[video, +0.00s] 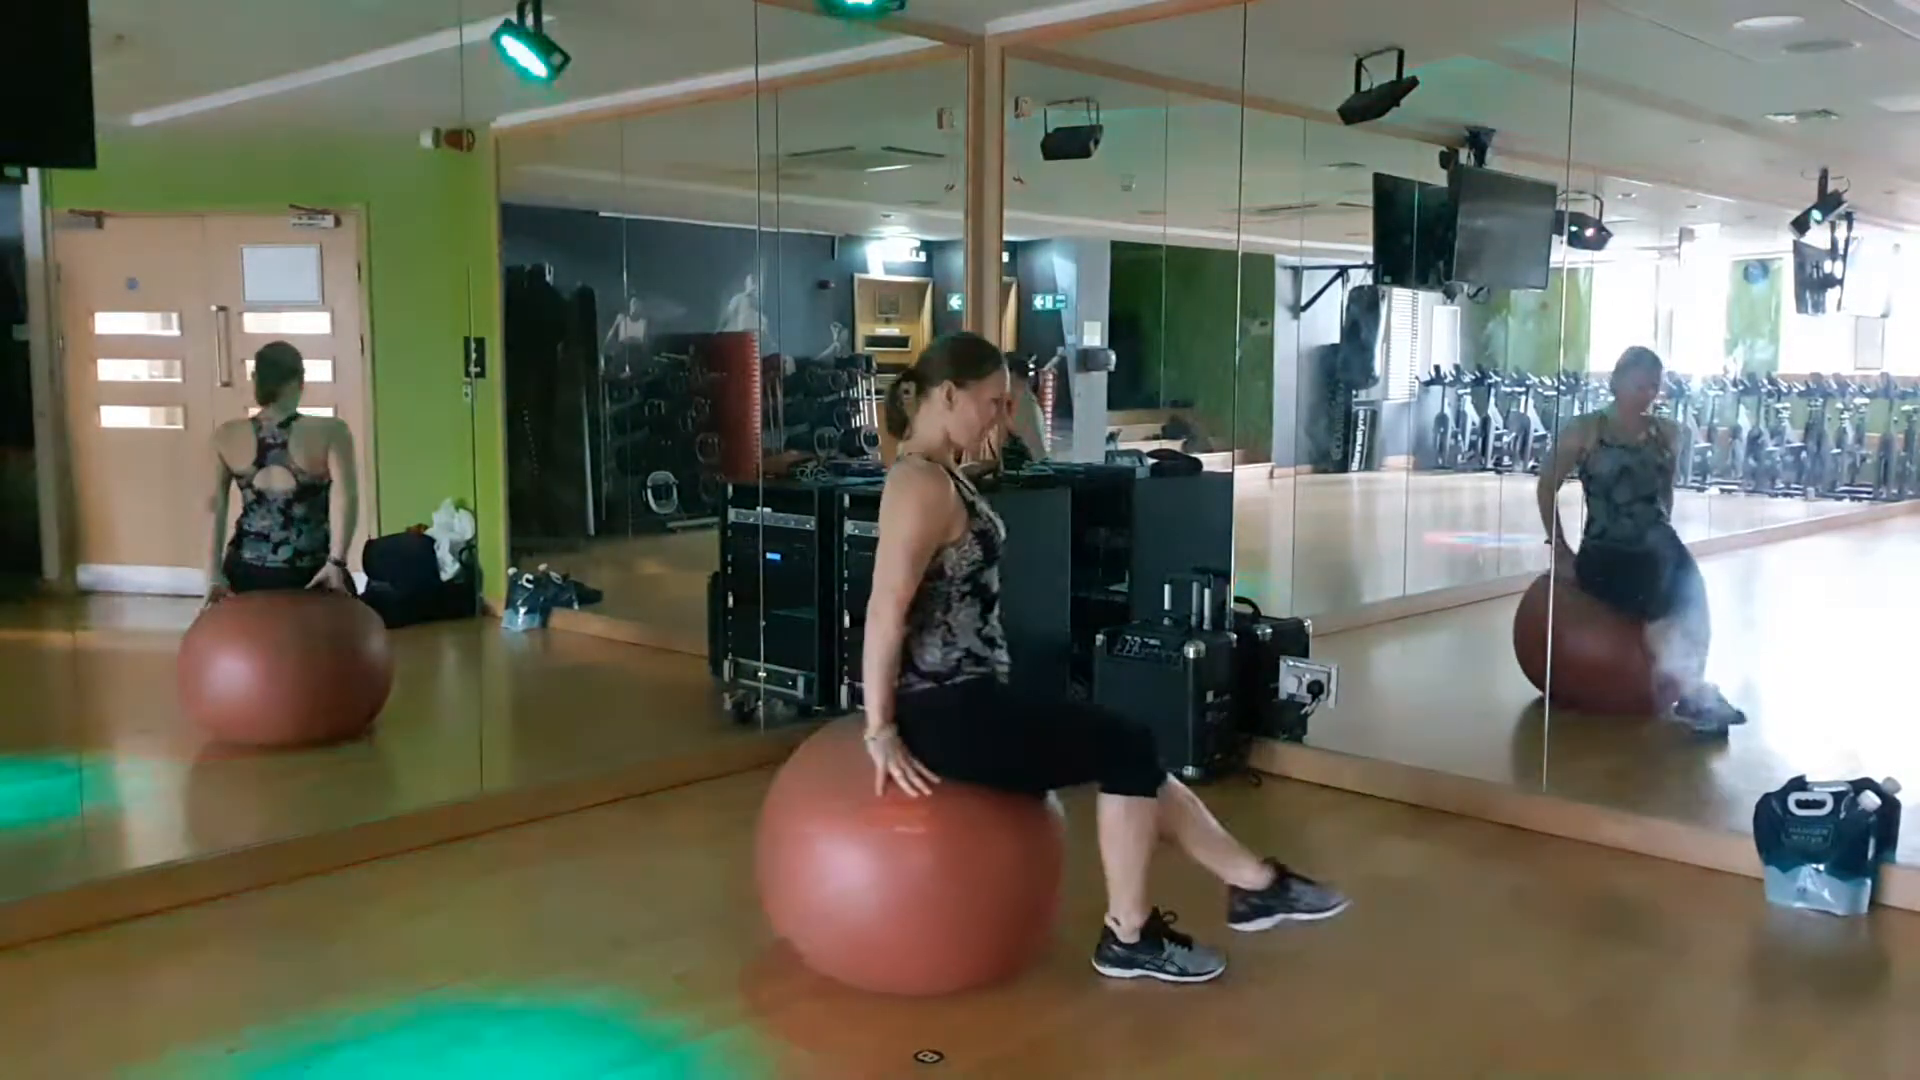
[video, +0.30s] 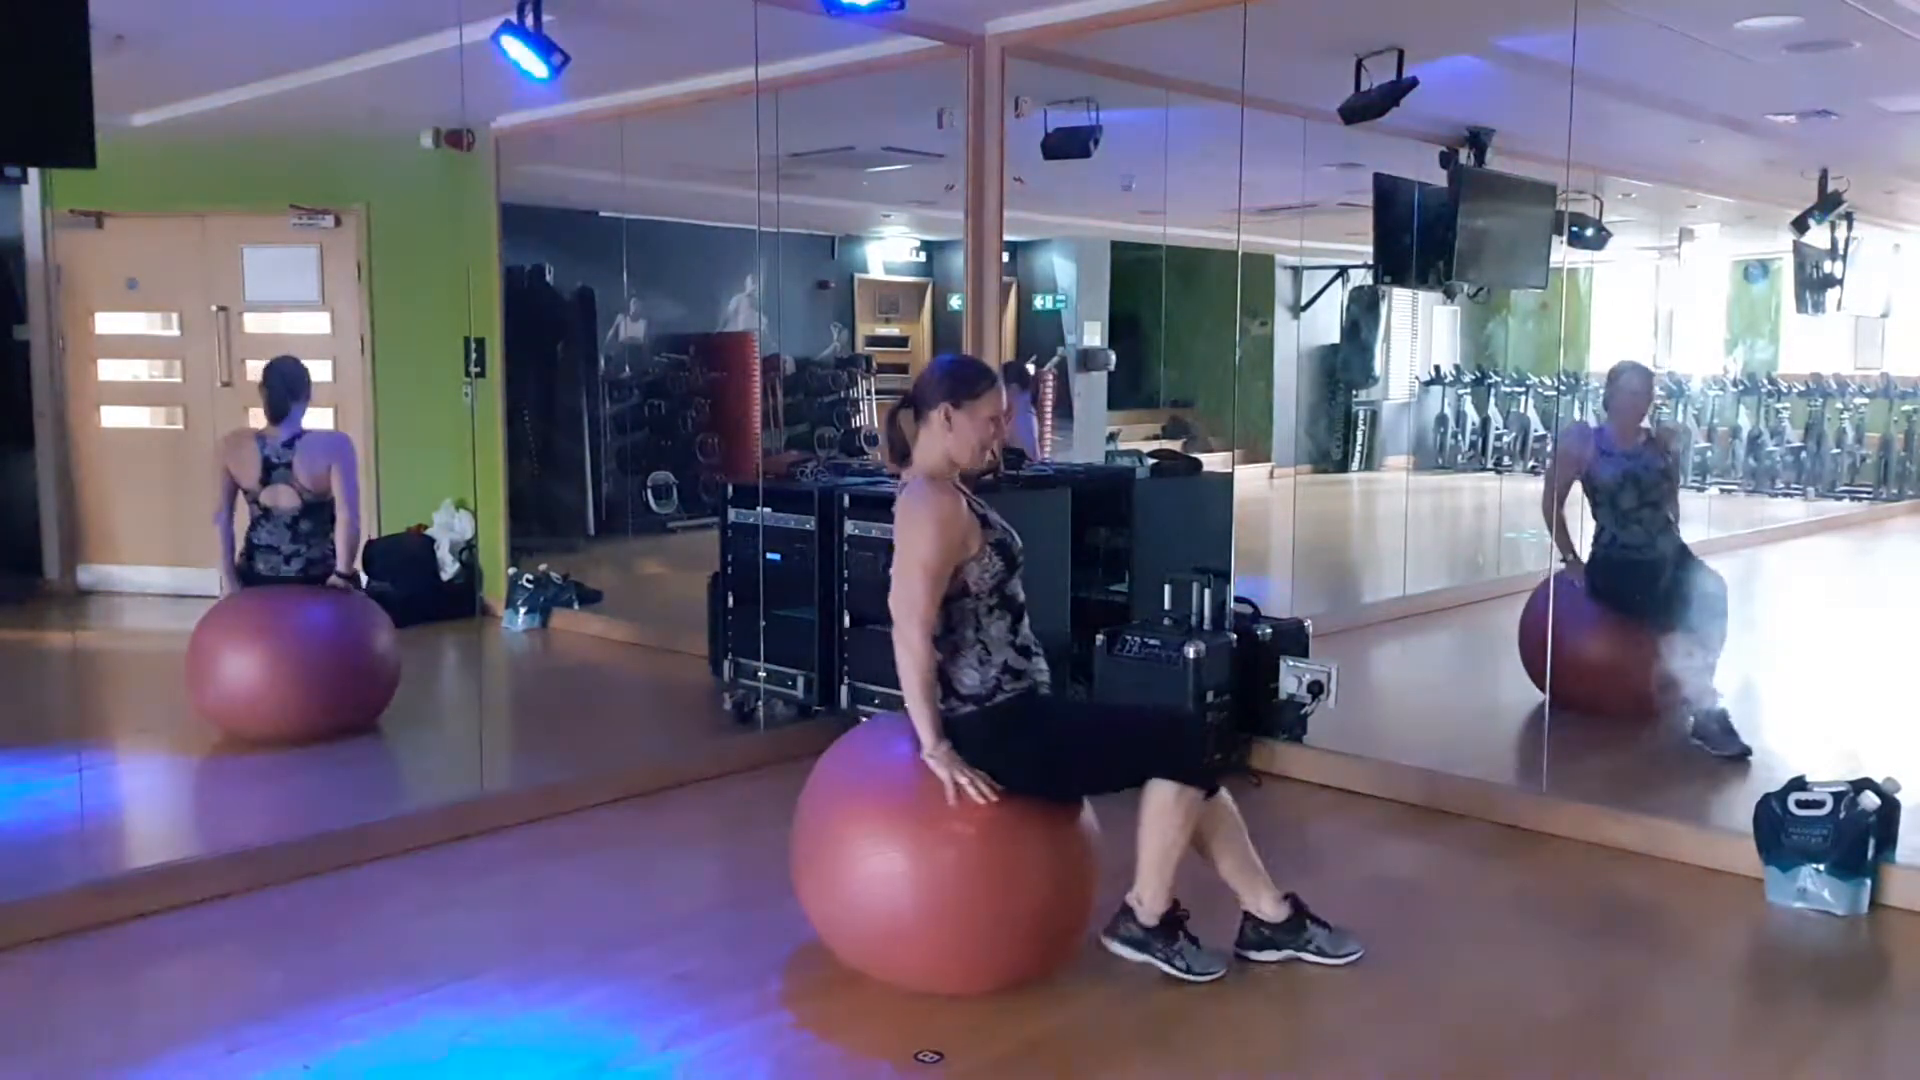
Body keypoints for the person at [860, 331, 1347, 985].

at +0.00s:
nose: (997, 426)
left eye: (1003, 412)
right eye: (994, 407)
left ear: (945, 398)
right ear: (950, 394)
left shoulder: (939, 479)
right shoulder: (919, 484)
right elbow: (887, 605)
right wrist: (880, 727)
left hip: (972, 701)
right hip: (944, 713)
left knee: (1129, 750)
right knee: (1122, 749)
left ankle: (1255, 882)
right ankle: (1129, 934)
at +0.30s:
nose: (999, 437)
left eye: (1000, 423)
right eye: (990, 422)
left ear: (951, 419)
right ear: (946, 416)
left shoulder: (948, 496)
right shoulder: (930, 506)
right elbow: (910, 628)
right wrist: (934, 743)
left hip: (1015, 713)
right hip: (993, 728)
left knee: (1187, 755)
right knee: (1177, 741)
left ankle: (1271, 914)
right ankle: (1147, 917)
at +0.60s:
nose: (993, 457)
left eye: (993, 443)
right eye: (981, 444)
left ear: (939, 448)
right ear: (933, 446)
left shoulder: (945, 519)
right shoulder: (932, 531)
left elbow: (968, 641)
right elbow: (939, 658)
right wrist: (980, 762)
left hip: (1054, 711)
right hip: (1032, 728)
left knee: (1234, 724)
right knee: (1219, 717)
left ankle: (1277, 914)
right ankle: (1214, 887)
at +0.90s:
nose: (988, 481)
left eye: (989, 468)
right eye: (978, 468)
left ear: (934, 469)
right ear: (933, 470)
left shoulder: (950, 543)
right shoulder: (941, 553)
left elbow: (1000, 653)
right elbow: (970, 675)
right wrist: (1039, 774)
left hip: (1087, 712)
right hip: (1074, 732)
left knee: (1256, 734)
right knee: (1267, 741)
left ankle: (1276, 917)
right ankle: (1410, 890)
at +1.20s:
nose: (982, 516)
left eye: (981, 503)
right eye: (970, 504)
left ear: (934, 511)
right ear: (927, 510)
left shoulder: (957, 577)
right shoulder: (941, 591)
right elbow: (998, 713)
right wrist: (1080, 786)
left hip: (1120, 716)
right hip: (1099, 742)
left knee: (1300, 736)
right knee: (1288, 786)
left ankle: (1277, 925)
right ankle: (1441, 933)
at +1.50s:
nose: (958, 557)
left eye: (952, 544)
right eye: (942, 549)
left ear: (919, 565)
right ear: (899, 574)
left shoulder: (956, 620)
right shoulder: (933, 643)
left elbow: (1045, 691)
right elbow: (1008, 737)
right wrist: (1111, 791)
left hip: (1145, 720)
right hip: (1128, 751)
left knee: (1327, 733)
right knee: (1320, 780)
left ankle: (1290, 911)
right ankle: (1453, 946)